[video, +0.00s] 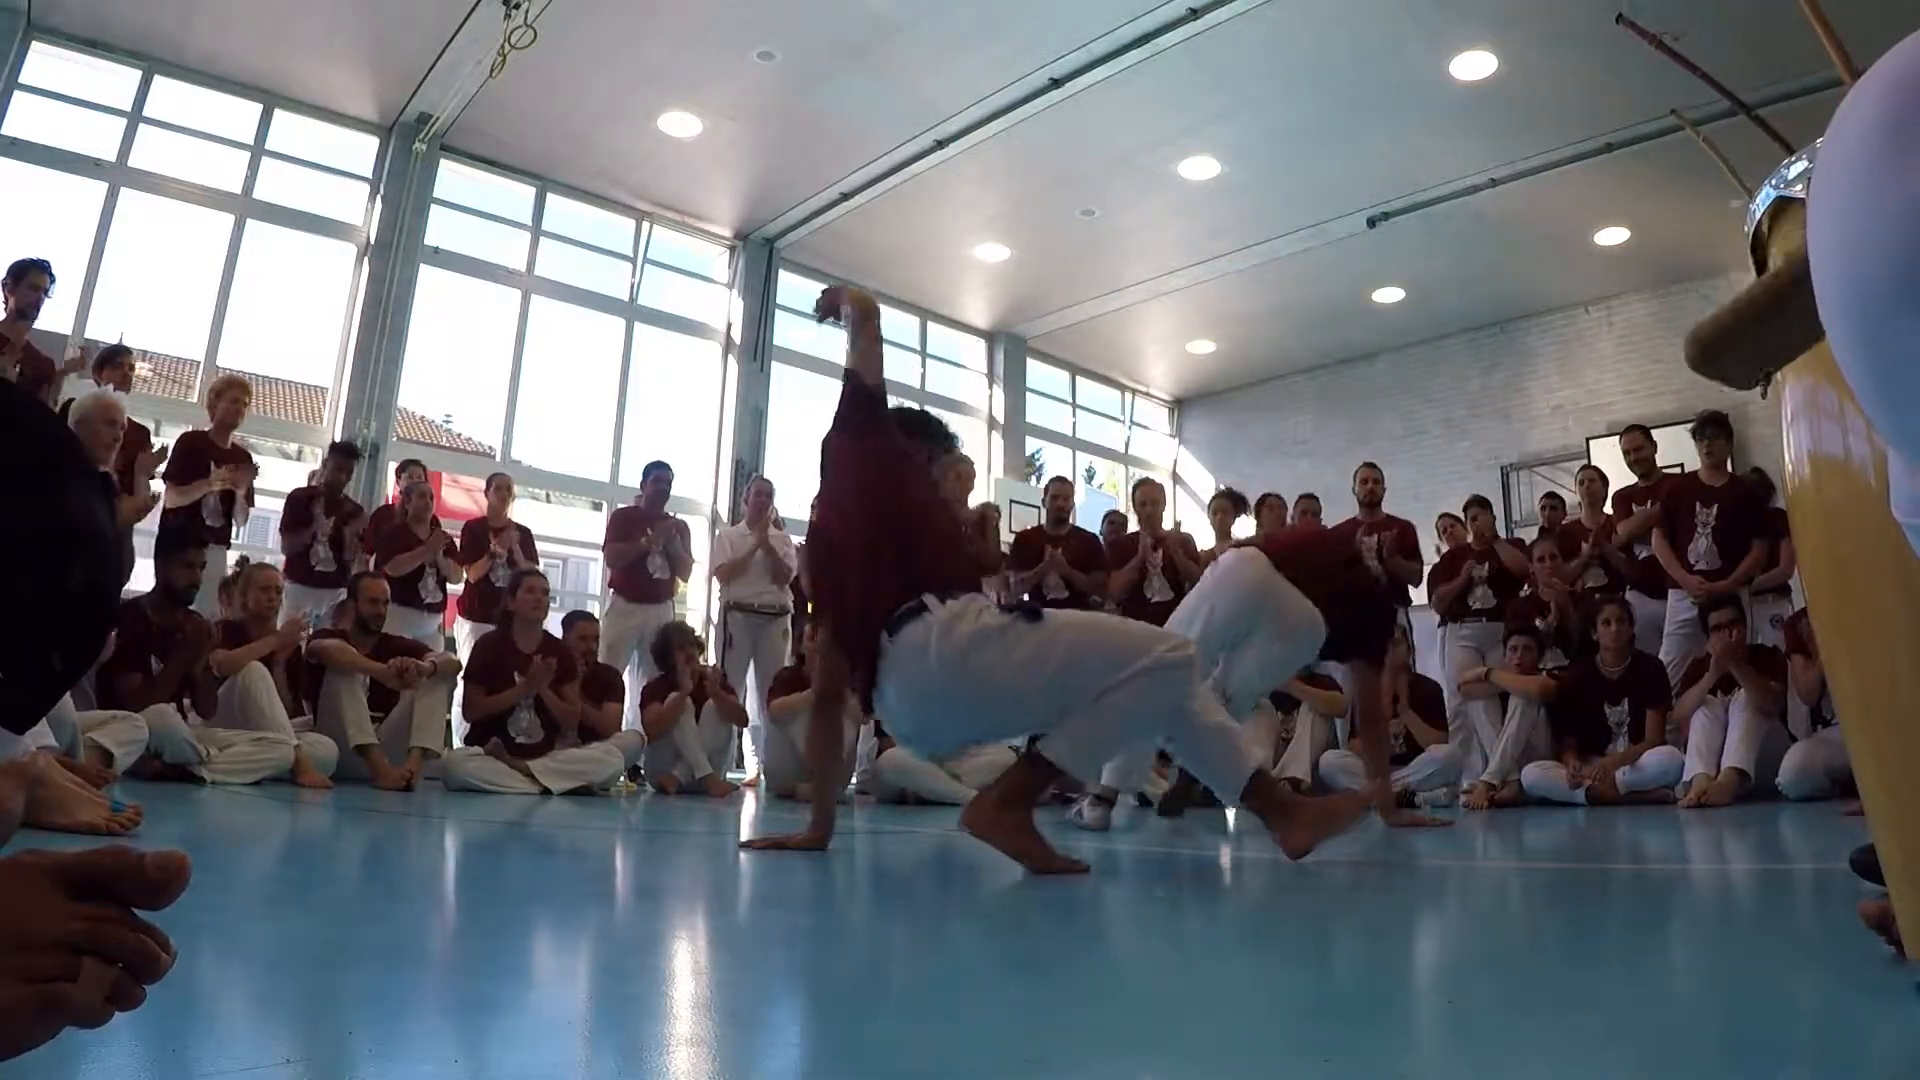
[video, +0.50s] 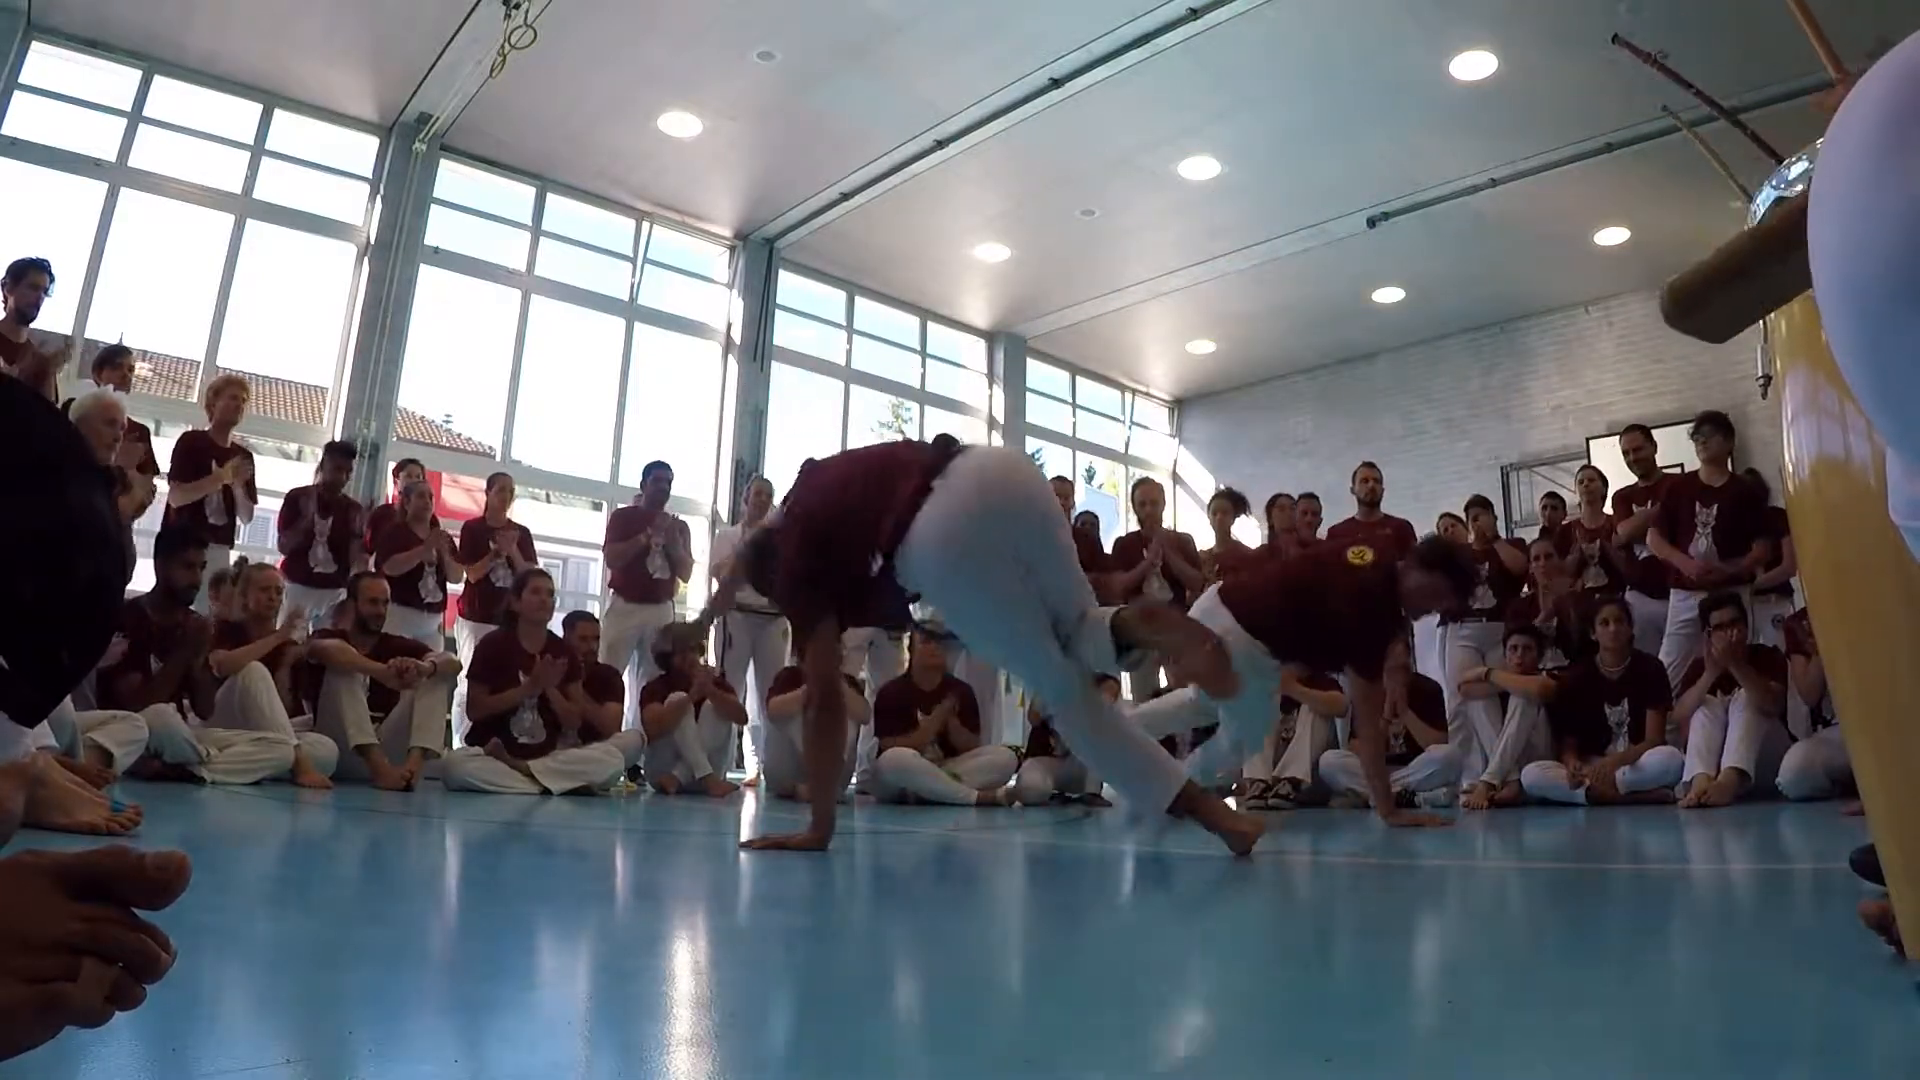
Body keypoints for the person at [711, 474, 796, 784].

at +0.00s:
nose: (761, 500)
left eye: (766, 496)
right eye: (756, 495)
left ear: (773, 502)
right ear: (745, 498)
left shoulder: (783, 538)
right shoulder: (728, 535)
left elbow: (786, 577)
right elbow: (721, 574)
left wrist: (766, 544)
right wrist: (752, 549)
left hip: (775, 618)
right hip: (736, 616)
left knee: (772, 693)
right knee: (730, 690)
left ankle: (768, 763)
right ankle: (725, 764)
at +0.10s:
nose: (761, 500)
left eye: (766, 496)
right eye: (757, 494)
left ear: (773, 501)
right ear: (745, 498)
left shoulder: (783, 535)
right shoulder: (729, 534)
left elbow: (786, 578)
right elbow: (718, 574)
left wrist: (778, 541)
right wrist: (742, 544)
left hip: (776, 616)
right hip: (737, 614)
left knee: (771, 693)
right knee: (730, 690)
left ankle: (768, 764)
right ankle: (725, 764)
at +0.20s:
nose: (760, 500)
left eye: (764, 494)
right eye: (755, 494)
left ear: (771, 500)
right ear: (744, 499)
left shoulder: (780, 534)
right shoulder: (729, 535)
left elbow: (790, 572)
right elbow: (718, 574)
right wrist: (730, 538)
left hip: (774, 615)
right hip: (737, 613)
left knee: (771, 694)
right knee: (730, 690)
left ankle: (768, 764)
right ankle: (722, 764)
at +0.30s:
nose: (762, 506)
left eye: (768, 499)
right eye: (758, 498)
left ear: (776, 504)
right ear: (746, 500)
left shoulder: (782, 534)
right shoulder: (729, 533)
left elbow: (790, 576)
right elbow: (722, 576)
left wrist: (772, 537)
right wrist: (741, 537)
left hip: (775, 616)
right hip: (738, 613)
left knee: (771, 694)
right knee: (731, 690)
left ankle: (768, 764)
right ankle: (724, 764)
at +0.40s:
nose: (759, 504)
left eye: (765, 498)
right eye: (755, 498)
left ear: (774, 504)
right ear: (744, 501)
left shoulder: (782, 534)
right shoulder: (728, 535)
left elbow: (789, 574)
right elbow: (722, 575)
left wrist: (771, 546)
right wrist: (750, 550)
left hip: (775, 616)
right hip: (737, 614)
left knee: (772, 694)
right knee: (730, 690)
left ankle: (769, 764)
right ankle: (723, 764)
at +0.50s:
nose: (759, 500)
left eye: (764, 496)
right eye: (755, 494)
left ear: (772, 502)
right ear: (744, 499)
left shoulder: (779, 538)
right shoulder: (726, 535)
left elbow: (786, 576)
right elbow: (717, 573)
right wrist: (747, 554)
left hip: (774, 618)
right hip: (736, 615)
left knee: (771, 694)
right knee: (729, 690)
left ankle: (768, 765)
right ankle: (723, 764)